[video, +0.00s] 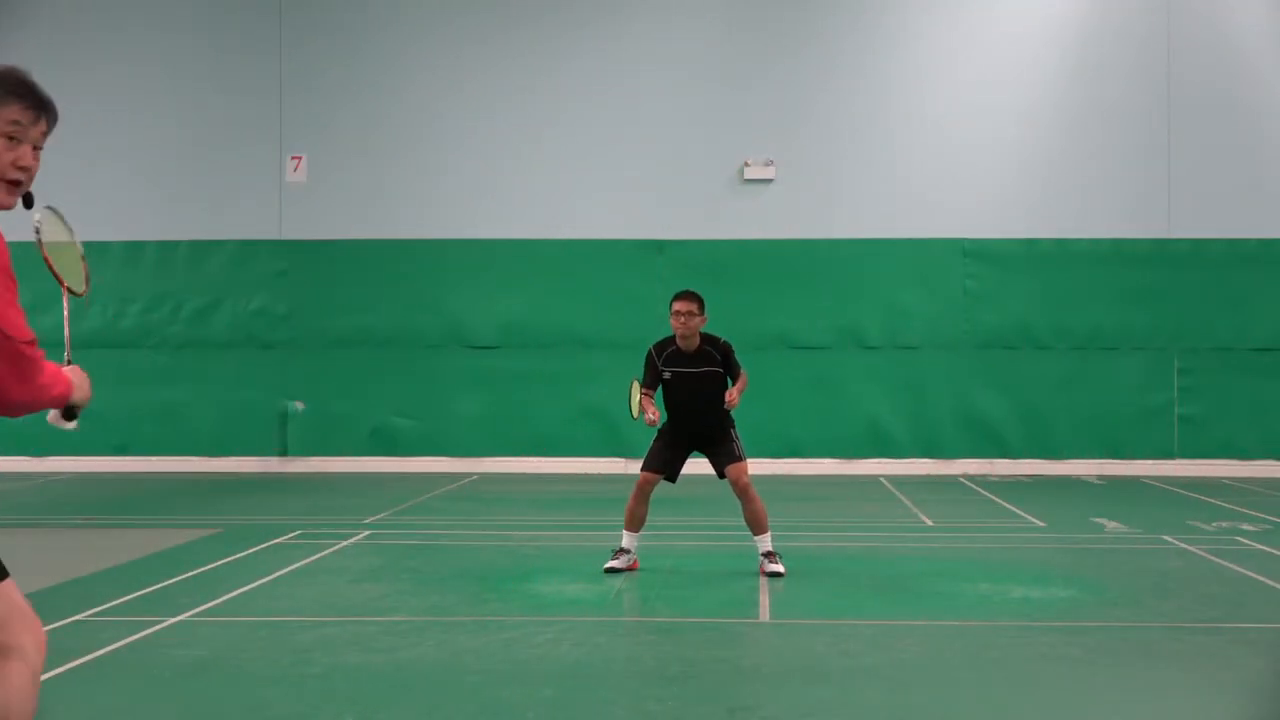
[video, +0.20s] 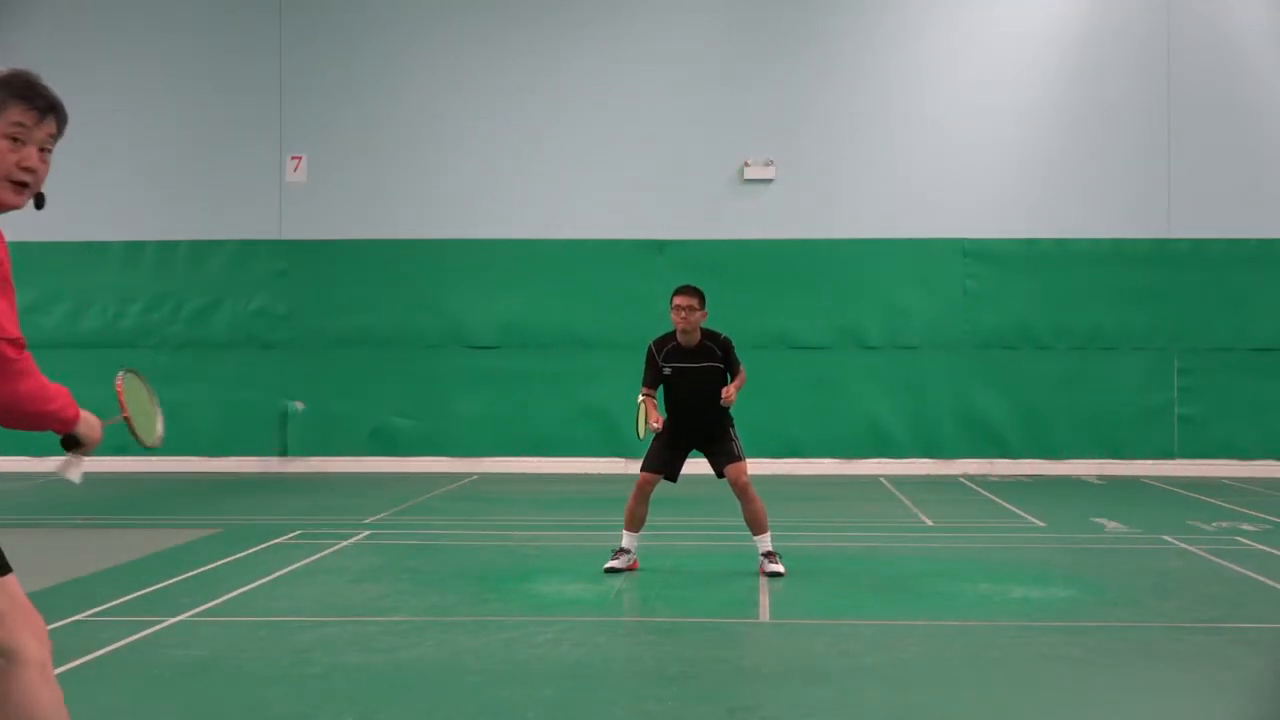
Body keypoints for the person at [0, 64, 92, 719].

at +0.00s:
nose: (28, 159)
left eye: (37, 145)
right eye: (15, 137)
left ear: (40, 154)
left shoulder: (3, 234)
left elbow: (16, 375)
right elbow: (14, 382)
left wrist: (54, 384)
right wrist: (64, 384)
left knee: (23, 640)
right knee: (22, 640)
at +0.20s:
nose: (32, 161)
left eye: (45, 148)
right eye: (17, 138)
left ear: (51, 161)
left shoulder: (1, 237)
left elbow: (10, 366)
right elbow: (8, 372)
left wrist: (65, 414)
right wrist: (70, 418)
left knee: (24, 641)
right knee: (24, 641)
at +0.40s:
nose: (98, 181)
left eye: (107, 168)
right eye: (83, 159)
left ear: (111, 176)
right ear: (28, 155)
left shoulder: (19, 229)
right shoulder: (26, 239)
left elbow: (66, 381)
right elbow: (73, 390)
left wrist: (135, 425)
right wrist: (146, 427)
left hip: (9, 496)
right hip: (4, 498)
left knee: (70, 659)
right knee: (73, 663)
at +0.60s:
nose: (172, 185)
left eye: (174, 168)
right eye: (170, 166)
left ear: (89, 154)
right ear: (132, 161)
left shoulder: (10, 204)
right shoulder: (121, 247)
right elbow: (175, 392)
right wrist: (211, 429)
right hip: (32, 474)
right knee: (115, 652)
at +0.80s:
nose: (159, 171)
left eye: (161, 156)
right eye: (160, 155)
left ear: (76, 144)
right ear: (143, 154)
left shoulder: (7, 195)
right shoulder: (145, 241)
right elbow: (197, 376)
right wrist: (223, 413)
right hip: (54, 461)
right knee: (138, 642)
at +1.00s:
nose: (144, 175)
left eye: (143, 161)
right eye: (143, 161)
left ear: (60, 156)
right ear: (129, 163)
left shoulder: (3, 206)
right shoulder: (149, 245)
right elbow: (197, 369)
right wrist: (200, 421)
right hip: (87, 464)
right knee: (152, 629)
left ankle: (0, 703)